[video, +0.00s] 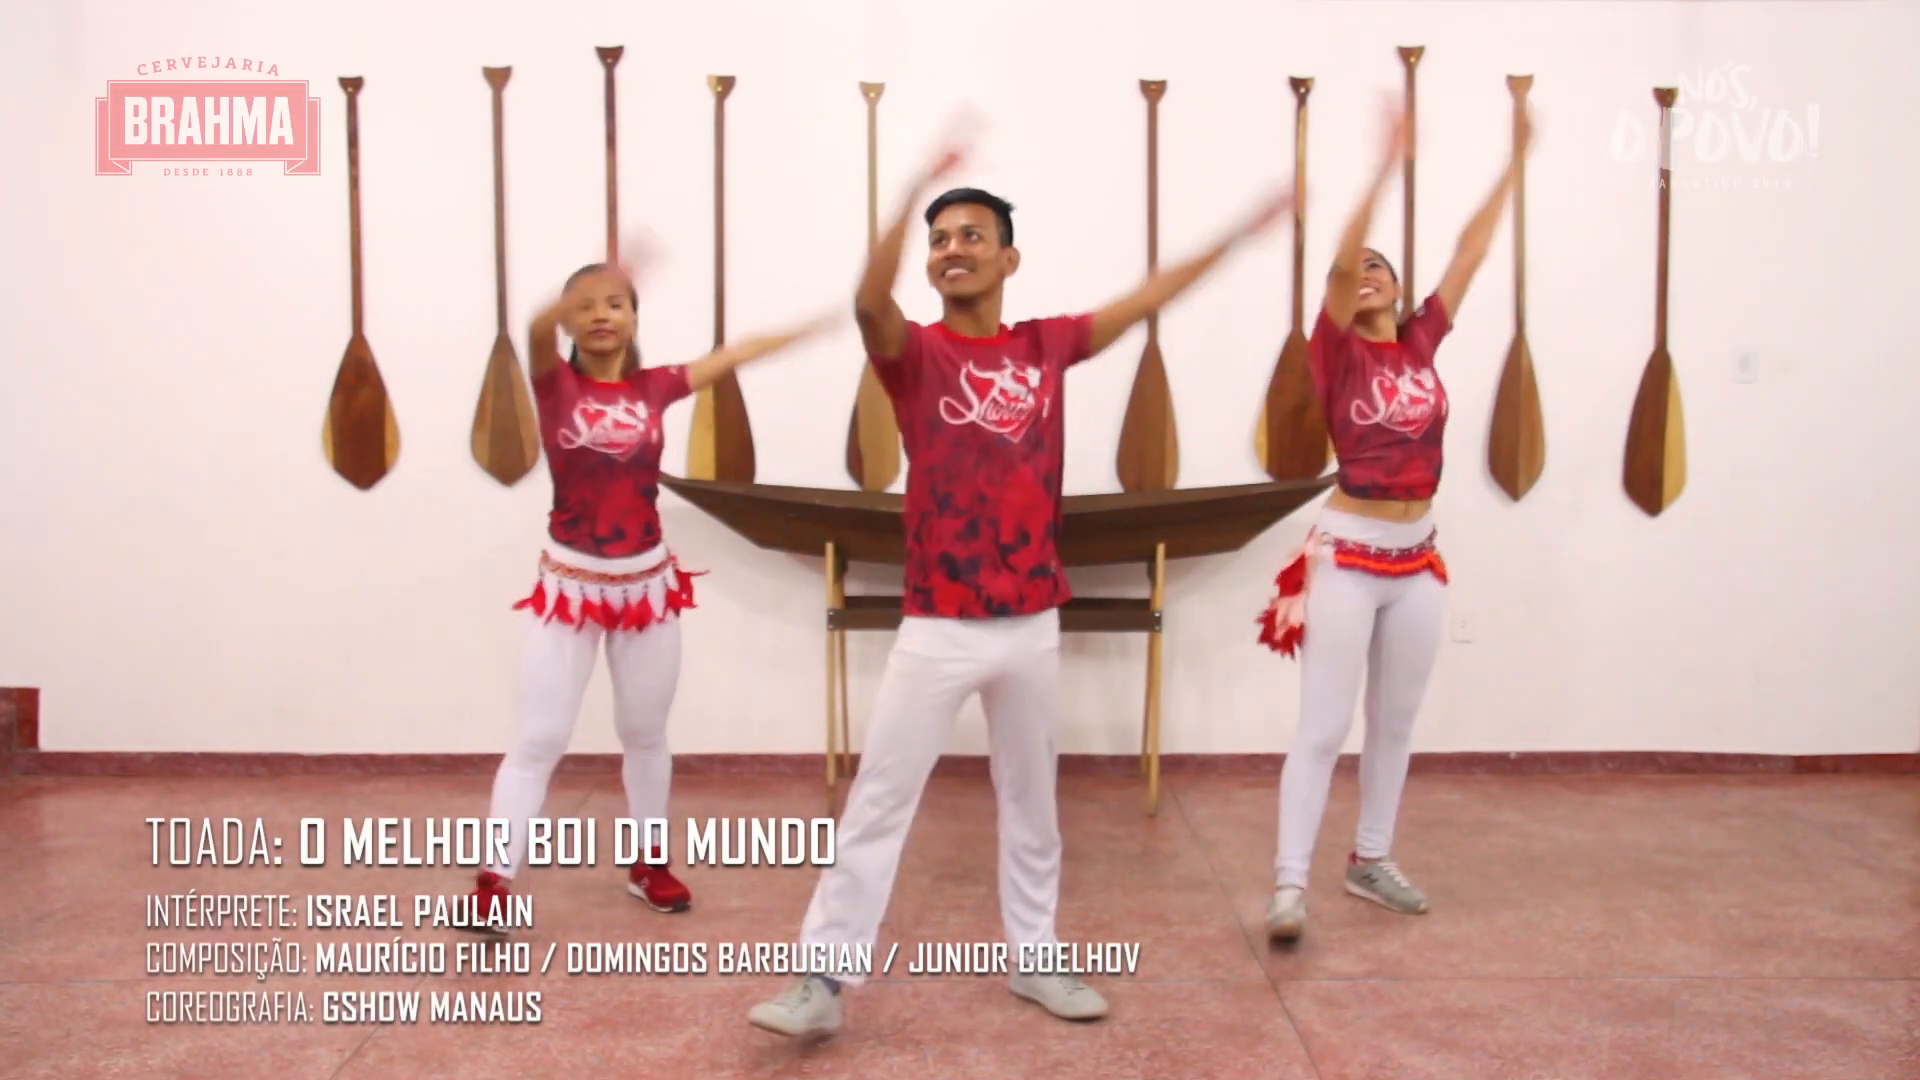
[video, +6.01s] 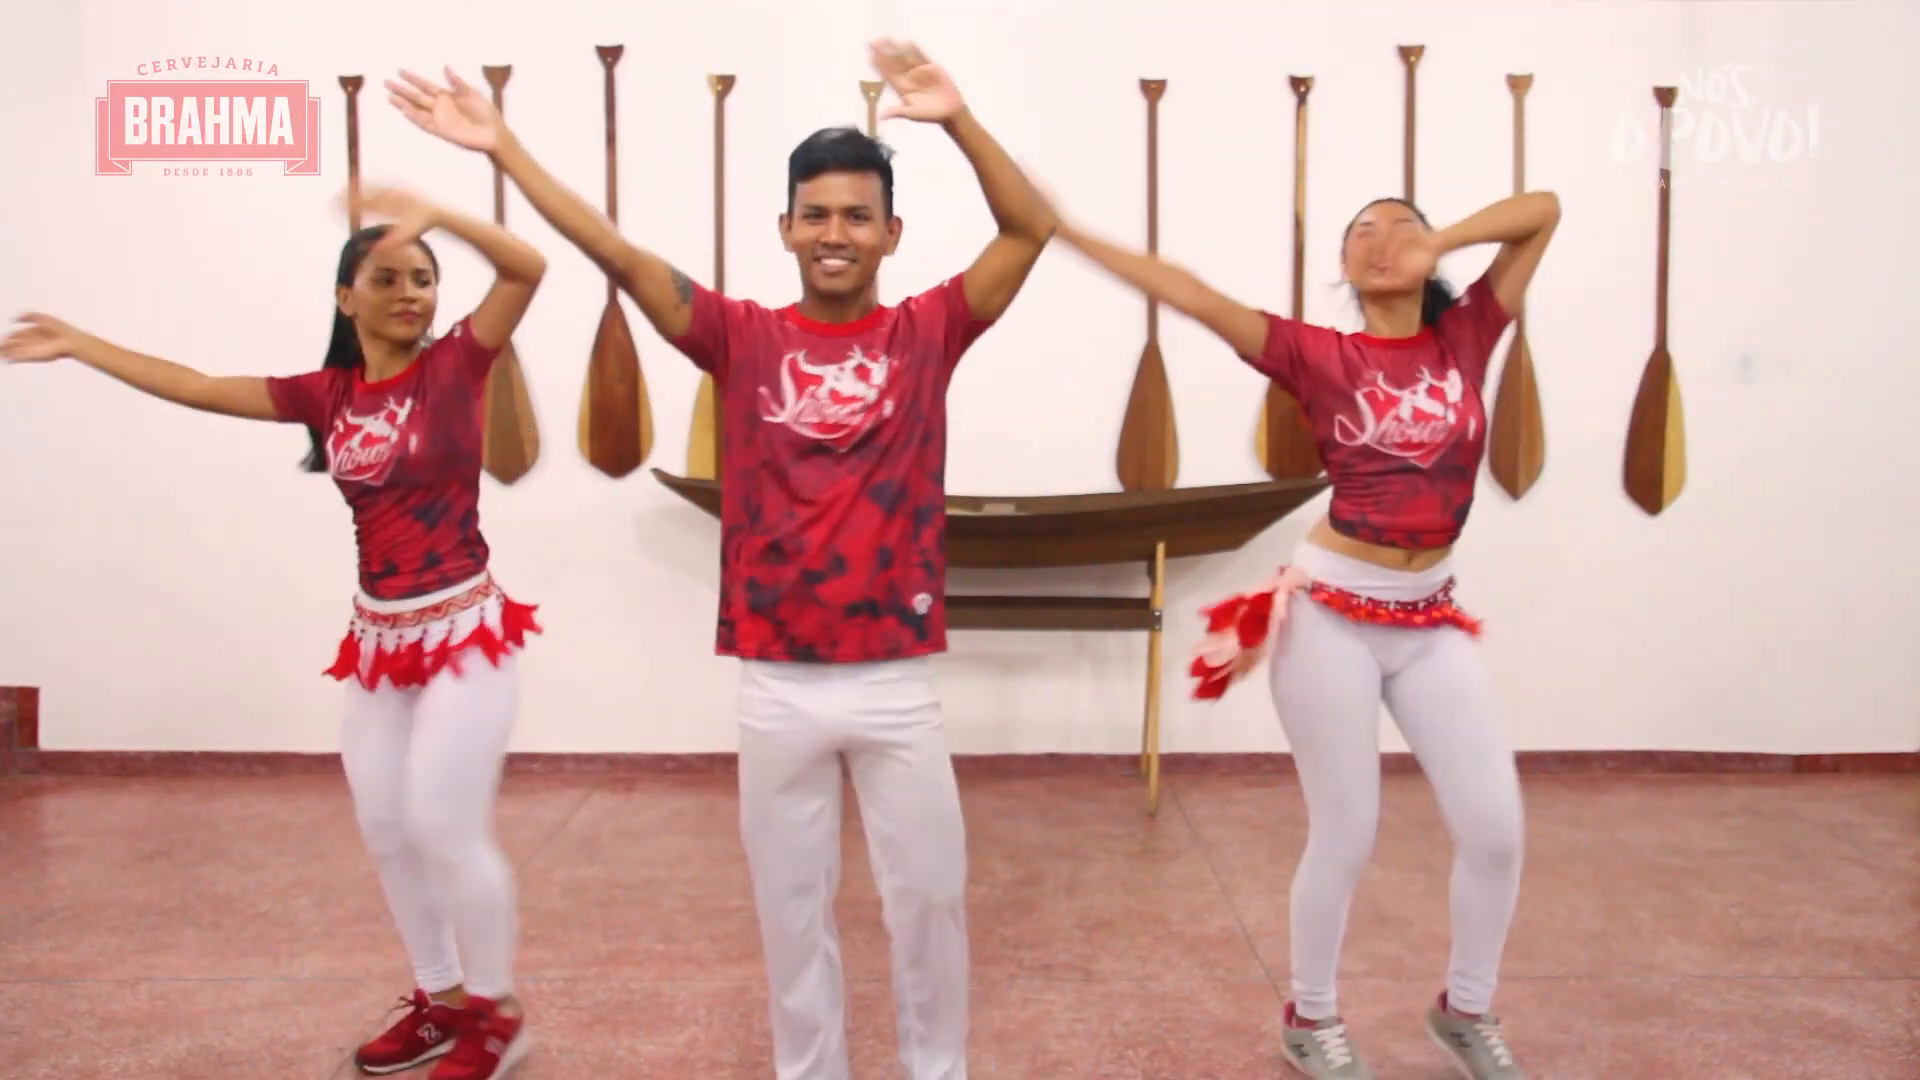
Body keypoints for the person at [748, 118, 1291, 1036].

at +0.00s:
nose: (954, 248)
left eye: (973, 235)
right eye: (942, 238)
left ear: (1009, 258)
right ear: (929, 265)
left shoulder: (1043, 344)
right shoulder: (914, 352)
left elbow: (1147, 297)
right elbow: (872, 301)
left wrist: (1239, 233)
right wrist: (906, 206)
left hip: (1029, 623)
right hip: (935, 624)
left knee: (1033, 803)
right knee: (878, 798)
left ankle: (1035, 958)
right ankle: (819, 975)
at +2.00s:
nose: (967, 226)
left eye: (989, 209)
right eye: (948, 210)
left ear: (1021, 229)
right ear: (918, 228)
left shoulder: (1052, 352)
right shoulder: (876, 327)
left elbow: (1190, 344)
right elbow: (803, 199)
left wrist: (1321, 293)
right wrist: (901, 110)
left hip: (1022, 685)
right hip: (903, 677)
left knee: (1026, 926)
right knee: (905, 926)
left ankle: (1020, 1073)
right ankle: (913, 1075)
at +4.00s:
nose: (802, 225)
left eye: (825, 208)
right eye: (778, 207)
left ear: (861, 236)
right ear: (745, 234)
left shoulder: (886, 356)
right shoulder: (713, 349)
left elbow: (955, 237)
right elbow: (599, 223)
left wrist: (957, 63)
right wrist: (540, 57)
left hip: (843, 751)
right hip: (714, 742)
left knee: (927, 1008)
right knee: (701, 997)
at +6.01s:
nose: (834, 233)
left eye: (856, 215)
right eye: (815, 214)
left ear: (890, 230)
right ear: (786, 227)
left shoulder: (924, 333)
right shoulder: (742, 335)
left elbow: (1027, 232)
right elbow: (616, 251)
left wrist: (960, 116)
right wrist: (503, 145)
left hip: (899, 682)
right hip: (779, 685)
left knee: (931, 902)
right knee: (793, 920)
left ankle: (939, 1073)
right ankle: (811, 1075)